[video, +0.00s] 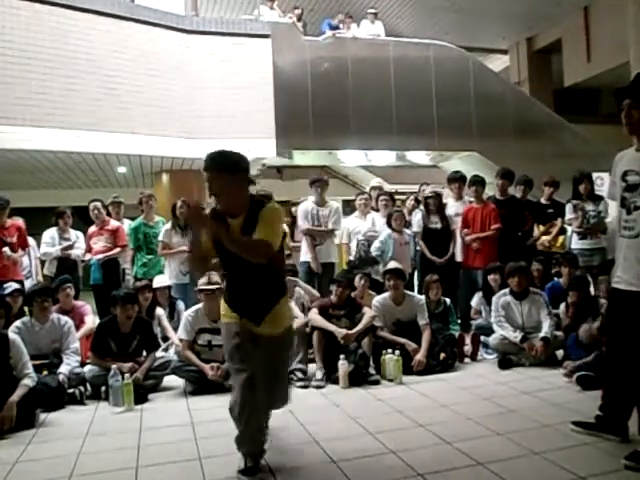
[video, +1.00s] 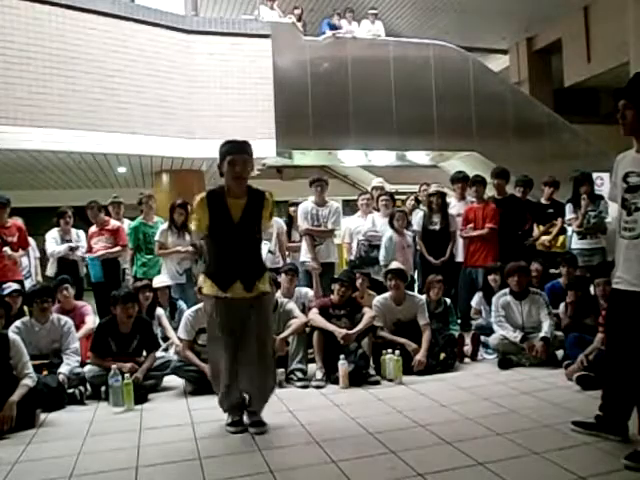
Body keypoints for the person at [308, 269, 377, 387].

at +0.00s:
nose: (339, 291)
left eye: (344, 288)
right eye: (338, 286)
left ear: (349, 291)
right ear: (333, 287)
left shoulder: (353, 303)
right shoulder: (322, 303)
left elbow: (371, 314)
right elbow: (312, 317)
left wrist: (354, 333)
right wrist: (336, 330)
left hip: (351, 351)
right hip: (330, 349)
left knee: (368, 330)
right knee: (318, 332)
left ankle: (368, 368)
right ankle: (320, 370)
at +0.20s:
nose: (341, 291)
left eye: (346, 288)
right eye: (339, 286)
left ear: (350, 292)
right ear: (333, 286)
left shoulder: (353, 303)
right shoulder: (323, 303)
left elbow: (371, 314)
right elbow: (312, 317)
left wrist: (354, 333)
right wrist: (336, 331)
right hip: (330, 348)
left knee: (368, 330)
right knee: (317, 332)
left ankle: (369, 368)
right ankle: (320, 370)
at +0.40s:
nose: (341, 290)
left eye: (346, 288)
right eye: (339, 285)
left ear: (351, 292)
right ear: (334, 286)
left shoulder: (353, 303)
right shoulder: (323, 302)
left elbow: (371, 314)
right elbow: (312, 317)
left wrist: (354, 333)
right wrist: (336, 330)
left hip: (351, 350)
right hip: (330, 347)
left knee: (368, 331)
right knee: (318, 332)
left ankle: (368, 368)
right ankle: (320, 370)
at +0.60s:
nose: (341, 290)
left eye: (346, 288)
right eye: (339, 285)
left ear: (351, 291)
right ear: (334, 286)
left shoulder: (353, 303)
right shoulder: (323, 302)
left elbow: (371, 314)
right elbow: (312, 317)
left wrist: (354, 333)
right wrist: (336, 330)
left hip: (351, 350)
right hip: (330, 348)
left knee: (368, 331)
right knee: (318, 332)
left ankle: (368, 368)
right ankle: (320, 370)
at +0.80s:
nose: (343, 290)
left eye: (347, 288)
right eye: (341, 285)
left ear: (351, 292)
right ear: (333, 286)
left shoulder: (353, 303)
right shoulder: (323, 302)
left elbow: (370, 314)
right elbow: (312, 317)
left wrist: (354, 333)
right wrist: (336, 330)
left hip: (351, 352)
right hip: (330, 350)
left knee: (369, 329)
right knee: (318, 331)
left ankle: (368, 368)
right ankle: (320, 370)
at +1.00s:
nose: (343, 290)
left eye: (347, 288)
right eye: (340, 285)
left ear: (351, 291)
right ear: (333, 286)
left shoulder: (353, 303)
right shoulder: (323, 302)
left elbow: (370, 314)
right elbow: (312, 317)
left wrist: (354, 333)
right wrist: (336, 330)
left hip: (351, 352)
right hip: (330, 350)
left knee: (368, 329)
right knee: (318, 332)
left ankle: (368, 368)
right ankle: (320, 370)